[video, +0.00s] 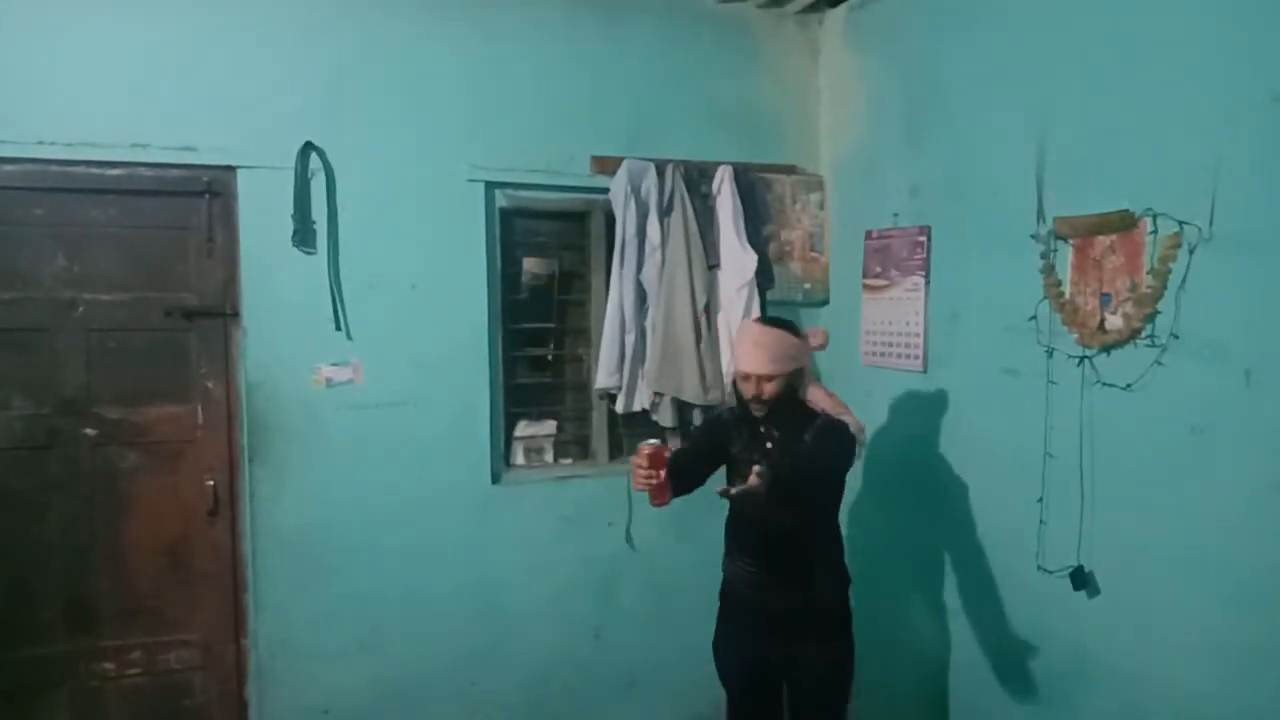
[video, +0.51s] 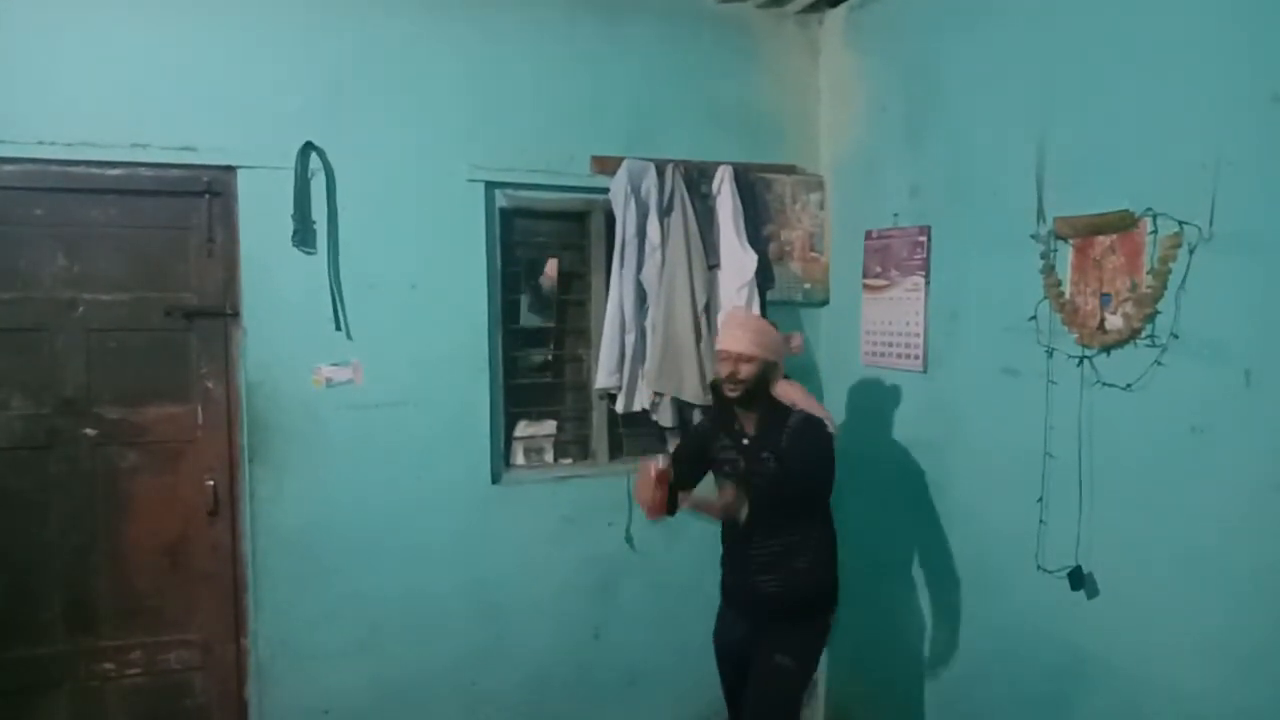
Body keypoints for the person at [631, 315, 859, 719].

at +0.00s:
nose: (755, 391)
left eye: (768, 381)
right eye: (746, 379)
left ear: (793, 376)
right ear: (735, 376)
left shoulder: (828, 432)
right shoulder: (730, 425)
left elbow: (816, 490)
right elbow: (683, 469)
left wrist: (770, 486)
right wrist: (654, 469)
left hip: (816, 608)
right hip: (745, 606)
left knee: (817, 710)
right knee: (748, 709)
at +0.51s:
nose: (731, 371)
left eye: (744, 361)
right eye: (724, 359)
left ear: (770, 366)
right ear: (715, 361)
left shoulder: (804, 425)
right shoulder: (717, 422)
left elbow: (800, 500)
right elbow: (680, 477)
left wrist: (738, 504)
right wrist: (658, 490)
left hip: (799, 599)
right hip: (740, 595)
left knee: (770, 709)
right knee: (740, 708)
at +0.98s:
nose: (704, 374)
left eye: (717, 364)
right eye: (697, 362)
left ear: (745, 368)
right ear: (688, 363)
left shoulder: (778, 433)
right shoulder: (707, 425)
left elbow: (805, 538)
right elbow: (719, 509)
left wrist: (761, 614)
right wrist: (706, 588)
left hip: (757, 602)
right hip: (715, 592)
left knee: (694, 710)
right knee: (744, 709)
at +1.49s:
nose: (662, 385)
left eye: (676, 374)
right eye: (657, 372)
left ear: (708, 378)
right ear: (651, 372)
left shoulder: (730, 454)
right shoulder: (681, 441)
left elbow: (693, 539)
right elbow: (659, 538)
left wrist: (625, 511)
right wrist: (616, 598)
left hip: (696, 637)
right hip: (663, 630)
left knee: (669, 710)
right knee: (665, 708)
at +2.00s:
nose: (653, 391)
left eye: (668, 382)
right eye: (652, 378)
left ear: (702, 393)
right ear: (646, 377)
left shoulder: (738, 466)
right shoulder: (660, 450)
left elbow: (749, 569)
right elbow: (629, 520)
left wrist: (665, 605)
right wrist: (597, 553)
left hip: (715, 635)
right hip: (665, 628)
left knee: (682, 711)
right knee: (665, 708)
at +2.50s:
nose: (692, 391)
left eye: (707, 384)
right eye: (695, 381)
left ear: (738, 404)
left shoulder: (759, 495)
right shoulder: (665, 466)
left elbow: (771, 607)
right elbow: (586, 484)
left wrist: (763, 698)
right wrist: (582, 431)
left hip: (692, 656)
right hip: (638, 643)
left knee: (645, 711)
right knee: (641, 711)